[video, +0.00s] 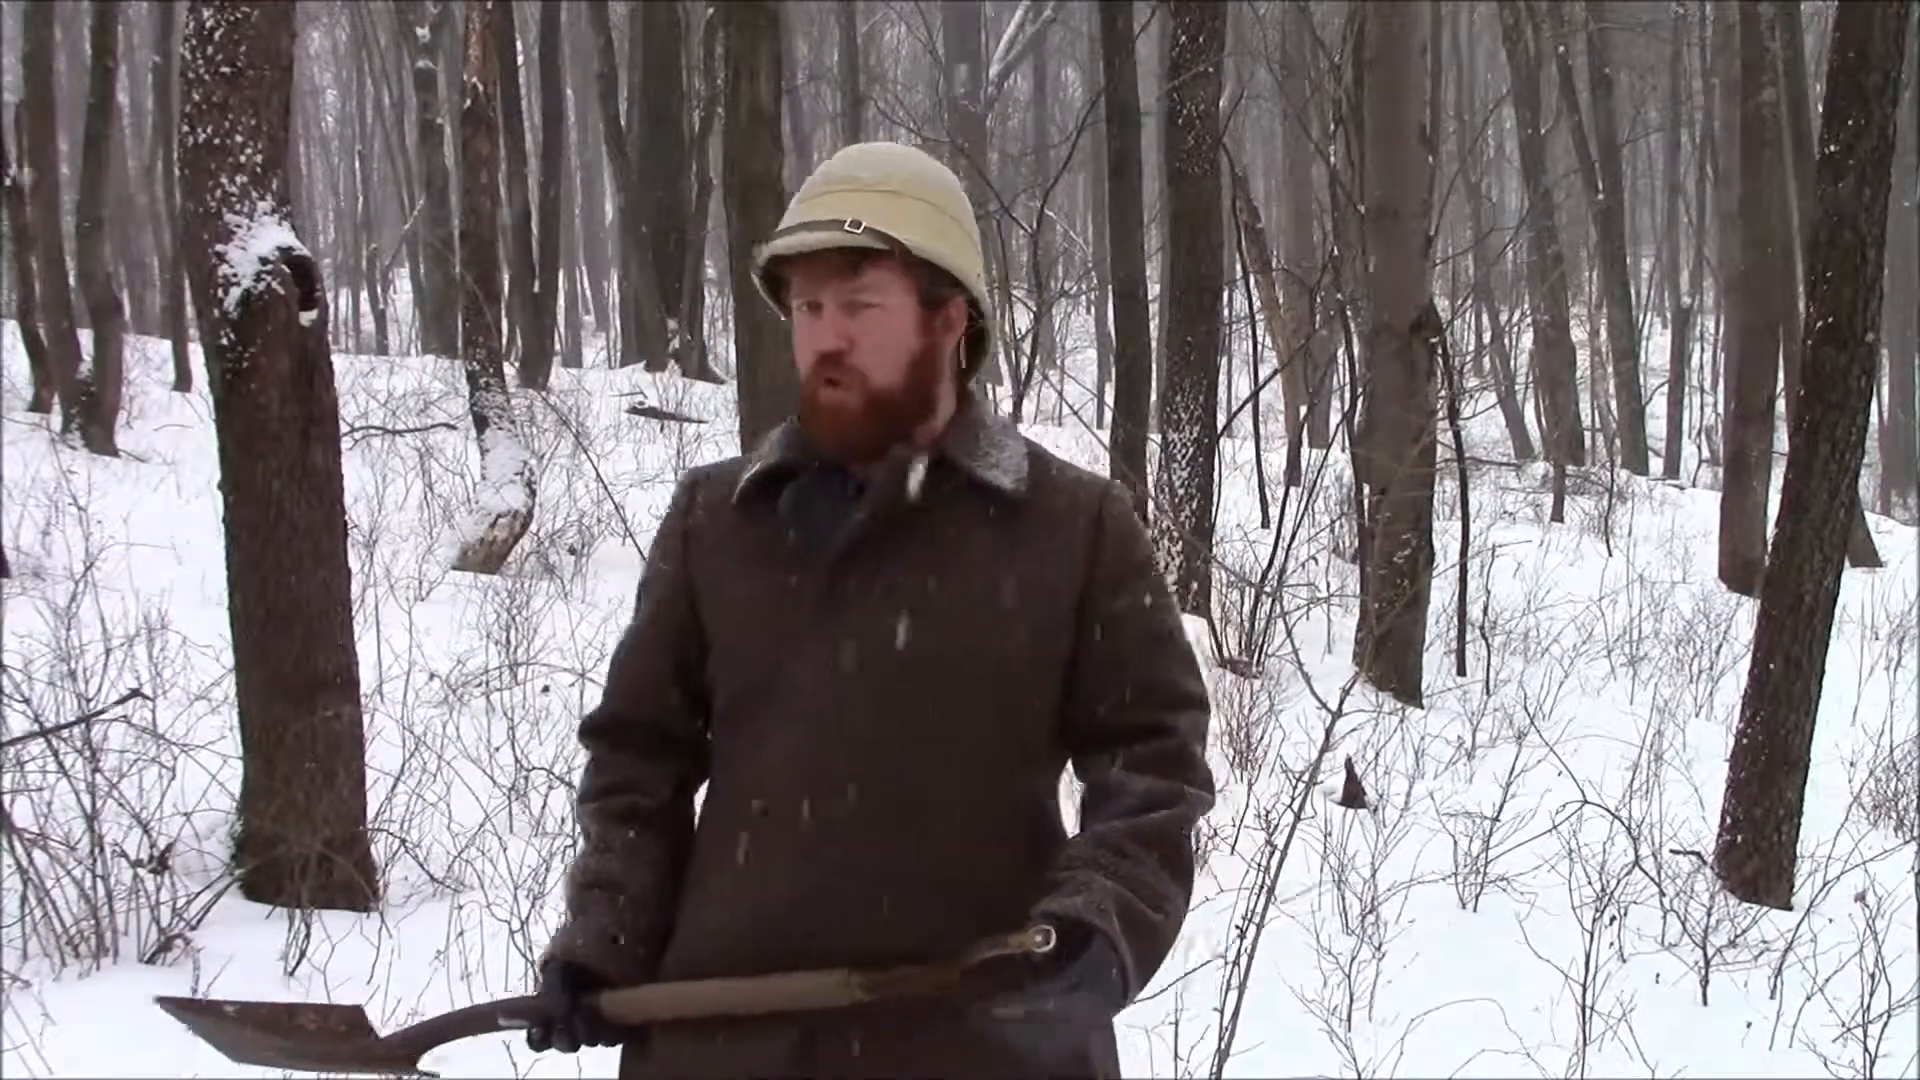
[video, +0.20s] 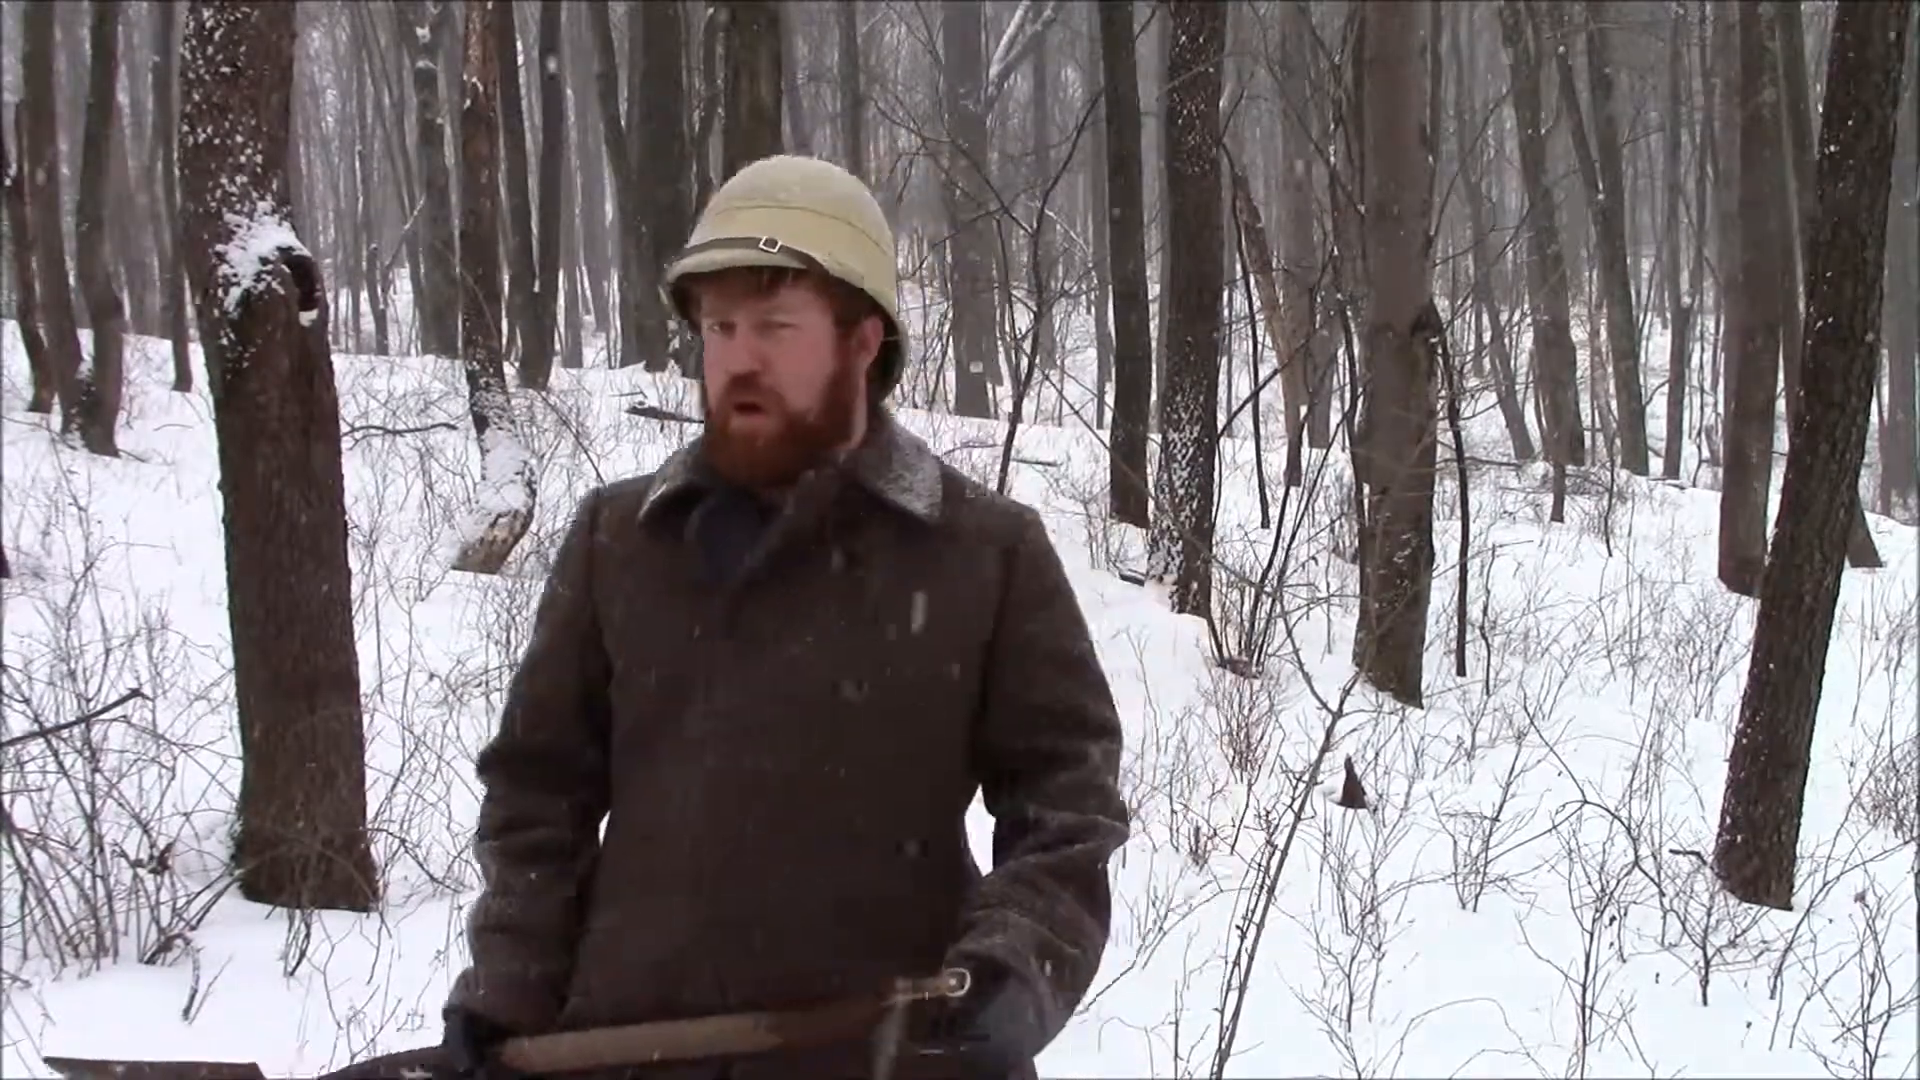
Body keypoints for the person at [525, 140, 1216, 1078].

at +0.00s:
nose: (822, 340)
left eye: (857, 301)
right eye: (804, 308)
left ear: (950, 318)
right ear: (784, 321)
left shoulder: (1076, 528)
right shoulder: (712, 519)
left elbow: (1154, 762)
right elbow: (638, 752)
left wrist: (1101, 921)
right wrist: (602, 939)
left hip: (976, 1038)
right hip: (717, 1040)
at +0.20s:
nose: (738, 363)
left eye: (774, 324)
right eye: (718, 329)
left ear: (864, 339)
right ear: (695, 343)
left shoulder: (991, 556)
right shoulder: (614, 540)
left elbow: (1068, 826)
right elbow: (539, 800)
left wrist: (1005, 985)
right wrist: (500, 1023)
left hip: (879, 1048)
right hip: (625, 1051)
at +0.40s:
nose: (645, 344)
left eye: (680, 305)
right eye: (619, 308)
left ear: (766, 312)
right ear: (588, 318)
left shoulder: (898, 512)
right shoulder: (501, 510)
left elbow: (979, 750)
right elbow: (418, 771)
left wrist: (944, 923)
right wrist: (390, 1012)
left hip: (833, 1043)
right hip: (563, 1045)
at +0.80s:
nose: (521, 336)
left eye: (551, 289)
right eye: (497, 302)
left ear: (653, 278)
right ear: (476, 313)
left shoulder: (834, 485)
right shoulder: (428, 519)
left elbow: (943, 711)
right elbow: (362, 785)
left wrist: (946, 884)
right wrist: (372, 1005)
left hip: (806, 1040)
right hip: (530, 1052)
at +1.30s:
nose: (547, 364)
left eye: (574, 320)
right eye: (525, 332)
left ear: (681, 293)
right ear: (508, 337)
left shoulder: (887, 474)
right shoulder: (501, 533)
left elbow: (981, 705)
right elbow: (459, 805)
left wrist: (864, 865)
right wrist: (428, 1027)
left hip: (852, 1044)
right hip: (589, 1044)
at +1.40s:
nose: (567, 411)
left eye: (586, 364)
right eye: (542, 380)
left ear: (697, 322)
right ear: (528, 382)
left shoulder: (922, 489)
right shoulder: (548, 558)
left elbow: (1025, 730)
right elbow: (509, 824)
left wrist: (920, 903)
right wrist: (476, 1035)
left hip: (890, 1043)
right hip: (631, 1046)